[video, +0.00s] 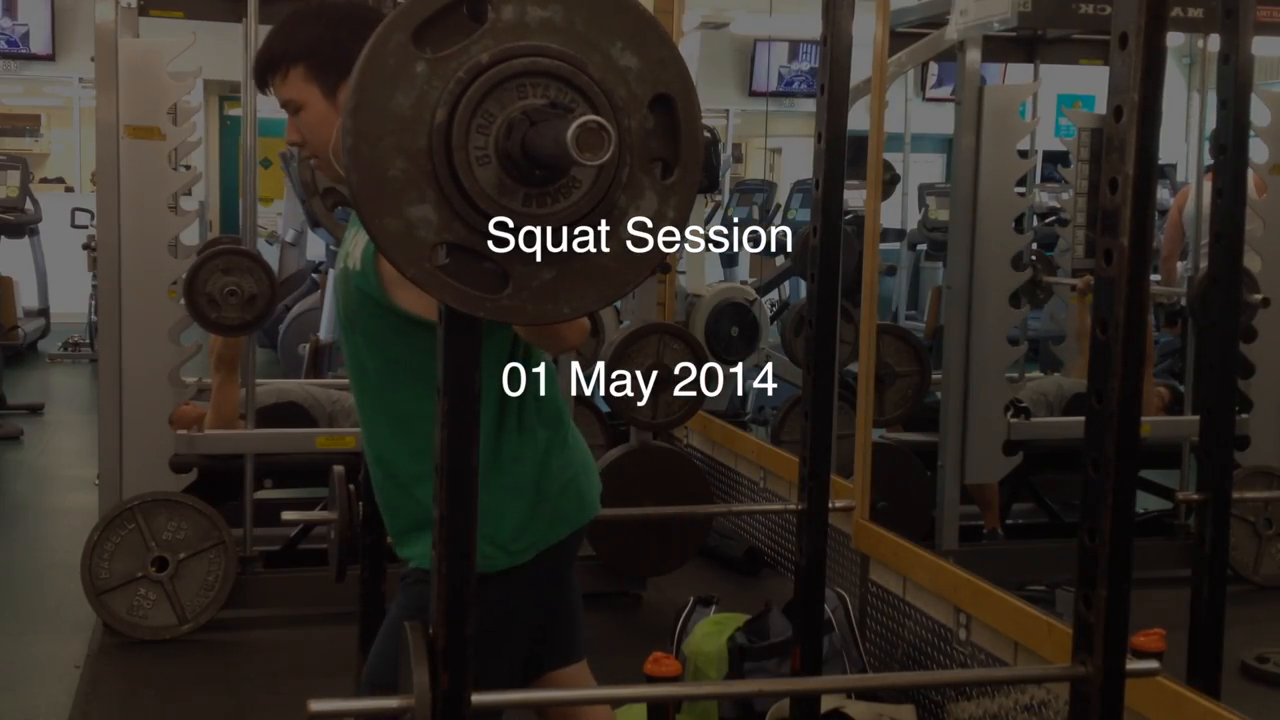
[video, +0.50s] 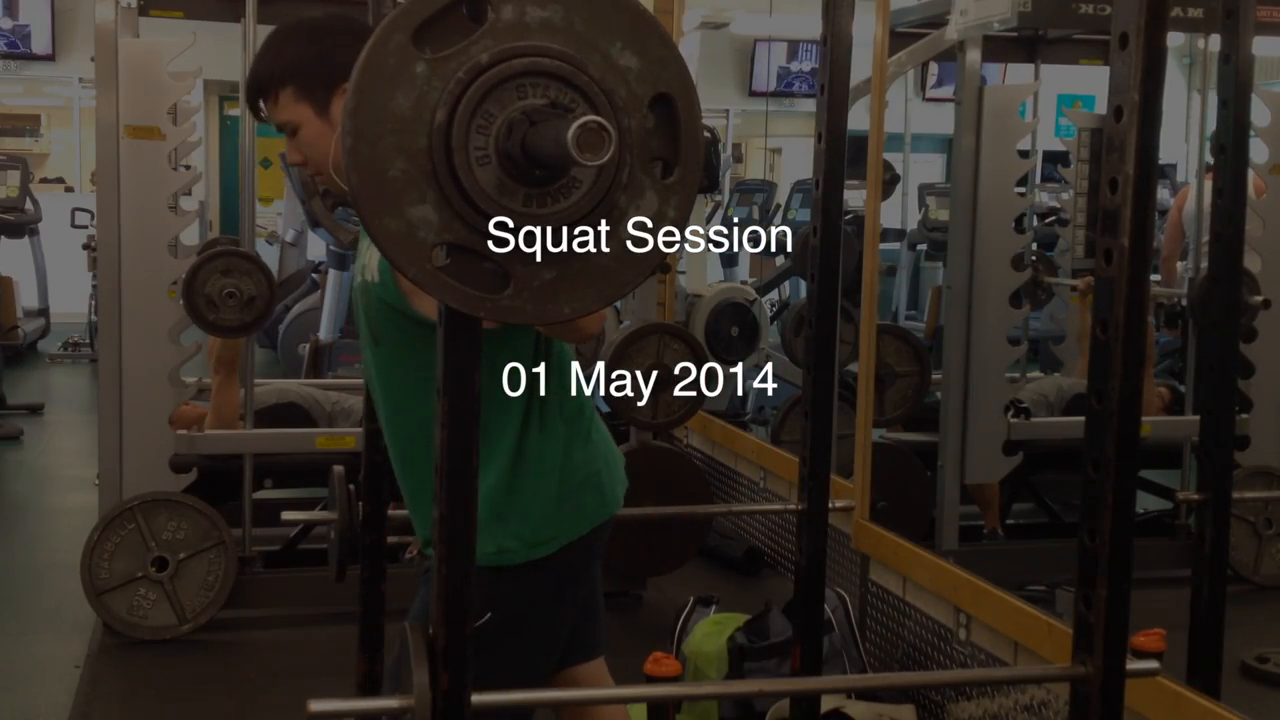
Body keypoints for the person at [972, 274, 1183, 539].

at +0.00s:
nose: (1154, 398)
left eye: (1161, 402)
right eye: (1159, 393)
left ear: (1160, 413)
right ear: (1149, 385)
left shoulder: (1139, 419)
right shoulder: (1101, 392)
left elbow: (1147, 361)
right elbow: (1084, 345)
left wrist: (1143, 305)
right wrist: (1080, 298)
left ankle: (992, 527)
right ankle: (992, 526)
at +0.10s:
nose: (1155, 399)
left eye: (1161, 403)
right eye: (1159, 394)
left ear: (1160, 413)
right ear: (1149, 385)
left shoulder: (1139, 417)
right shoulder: (1101, 390)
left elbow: (1147, 362)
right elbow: (1085, 345)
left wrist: (1143, 308)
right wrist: (1081, 299)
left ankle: (992, 526)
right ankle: (991, 525)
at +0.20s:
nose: (1155, 399)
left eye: (1161, 402)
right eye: (1159, 394)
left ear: (1162, 412)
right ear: (1150, 385)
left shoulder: (1142, 418)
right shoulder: (1102, 391)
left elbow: (1147, 363)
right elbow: (1086, 347)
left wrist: (1145, 312)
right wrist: (1082, 300)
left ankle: (992, 526)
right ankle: (991, 526)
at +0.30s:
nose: (1155, 397)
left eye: (1161, 400)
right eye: (1159, 392)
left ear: (1161, 412)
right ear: (1149, 385)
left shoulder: (1142, 417)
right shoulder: (1102, 391)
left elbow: (1147, 363)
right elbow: (1086, 344)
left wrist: (1145, 311)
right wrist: (1082, 300)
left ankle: (992, 526)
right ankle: (991, 525)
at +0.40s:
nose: (1154, 399)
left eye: (1161, 401)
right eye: (1158, 393)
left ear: (1161, 414)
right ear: (1148, 385)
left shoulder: (1140, 420)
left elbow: (1147, 362)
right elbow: (1086, 350)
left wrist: (1144, 311)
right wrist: (1084, 302)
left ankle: (992, 526)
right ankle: (991, 525)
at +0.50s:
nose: (1155, 398)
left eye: (1162, 401)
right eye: (1159, 392)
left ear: (1160, 413)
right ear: (1149, 384)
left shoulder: (1140, 420)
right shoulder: (1102, 393)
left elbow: (1147, 362)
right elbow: (1086, 347)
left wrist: (1145, 311)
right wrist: (1083, 300)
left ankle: (992, 526)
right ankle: (991, 525)